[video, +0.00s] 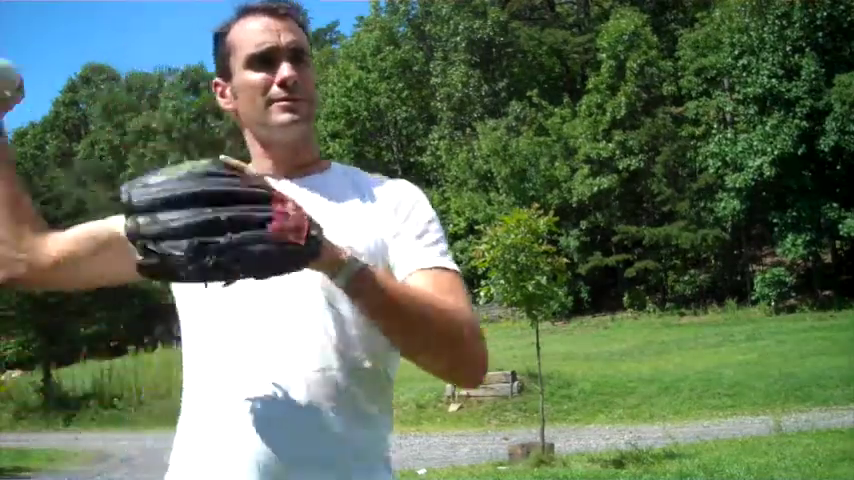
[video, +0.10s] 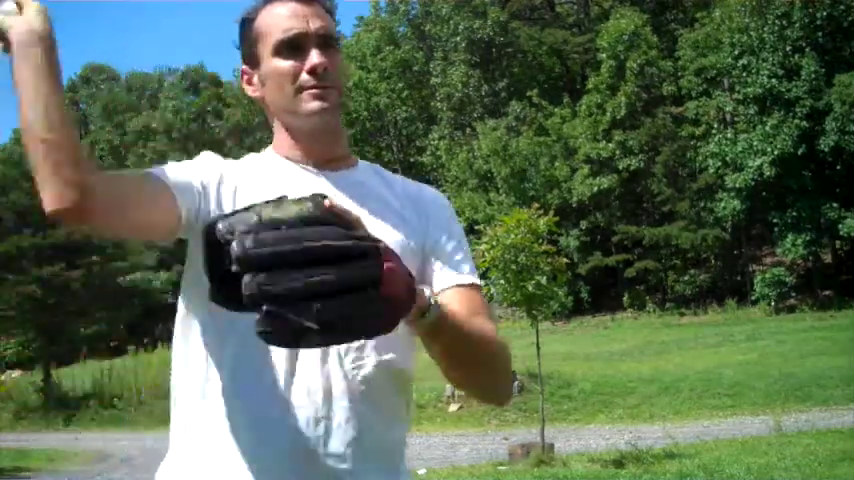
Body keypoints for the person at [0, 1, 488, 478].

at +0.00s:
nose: (287, 75)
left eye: (298, 59)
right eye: (264, 63)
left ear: (315, 76)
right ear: (226, 95)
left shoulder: (394, 204)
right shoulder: (195, 210)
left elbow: (467, 360)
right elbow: (27, 257)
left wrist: (336, 262)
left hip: (348, 466)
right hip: (212, 465)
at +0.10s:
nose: (317, 61)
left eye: (327, 44)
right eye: (291, 50)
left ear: (343, 61)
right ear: (253, 83)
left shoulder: (423, 207)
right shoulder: (217, 183)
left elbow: (497, 385)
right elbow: (68, 197)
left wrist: (415, 302)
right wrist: (28, 29)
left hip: (366, 469)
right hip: (222, 468)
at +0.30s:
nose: (350, 44)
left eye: (359, 27)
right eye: (322, 31)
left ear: (374, 44)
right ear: (280, 65)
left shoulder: (429, 198)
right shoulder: (252, 131)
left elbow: (468, 348)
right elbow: (298, 190)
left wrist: (489, 390)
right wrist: (478, 193)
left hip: (387, 463)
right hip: (253, 457)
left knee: (493, 403)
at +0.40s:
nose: (358, 42)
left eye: (369, 26)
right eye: (332, 28)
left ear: (386, 45)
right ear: (289, 59)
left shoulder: (427, 203)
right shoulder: (269, 141)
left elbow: (459, 372)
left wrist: (495, 443)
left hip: (396, 465)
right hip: (271, 464)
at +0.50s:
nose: (370, 41)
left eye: (379, 23)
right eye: (343, 26)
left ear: (395, 41)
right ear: (299, 57)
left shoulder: (425, 201)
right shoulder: (288, 141)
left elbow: (448, 382)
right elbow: (442, 311)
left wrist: (491, 465)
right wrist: (572, 394)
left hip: (397, 468)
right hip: (283, 463)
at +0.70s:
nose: (386, 46)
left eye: (396, 29)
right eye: (359, 29)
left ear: (408, 44)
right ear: (310, 56)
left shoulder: (428, 206)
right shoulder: (292, 146)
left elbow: (441, 382)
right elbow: (399, 342)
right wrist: (522, 446)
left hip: (397, 465)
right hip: (278, 461)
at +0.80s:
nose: (381, 54)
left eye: (392, 36)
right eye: (355, 35)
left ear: (405, 50)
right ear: (305, 60)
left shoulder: (430, 213)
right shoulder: (267, 159)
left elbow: (443, 389)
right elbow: (350, 343)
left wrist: (468, 475)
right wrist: (496, 463)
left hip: (388, 470)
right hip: (264, 467)